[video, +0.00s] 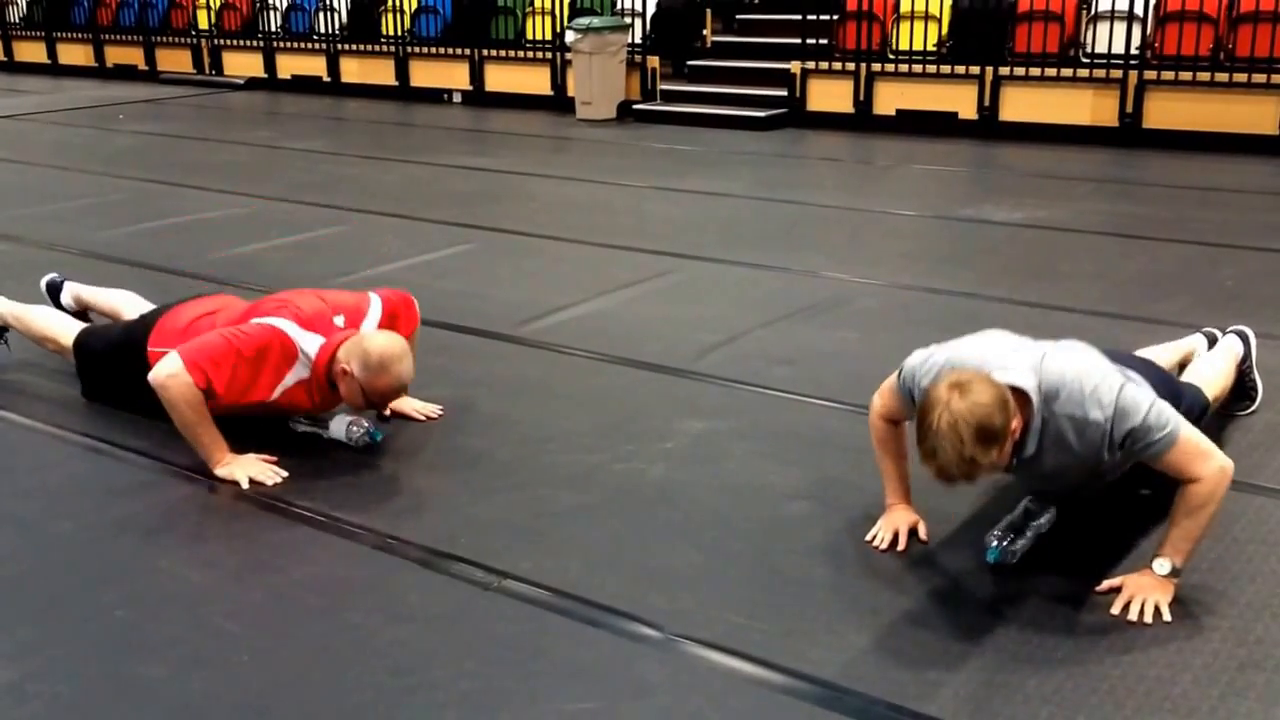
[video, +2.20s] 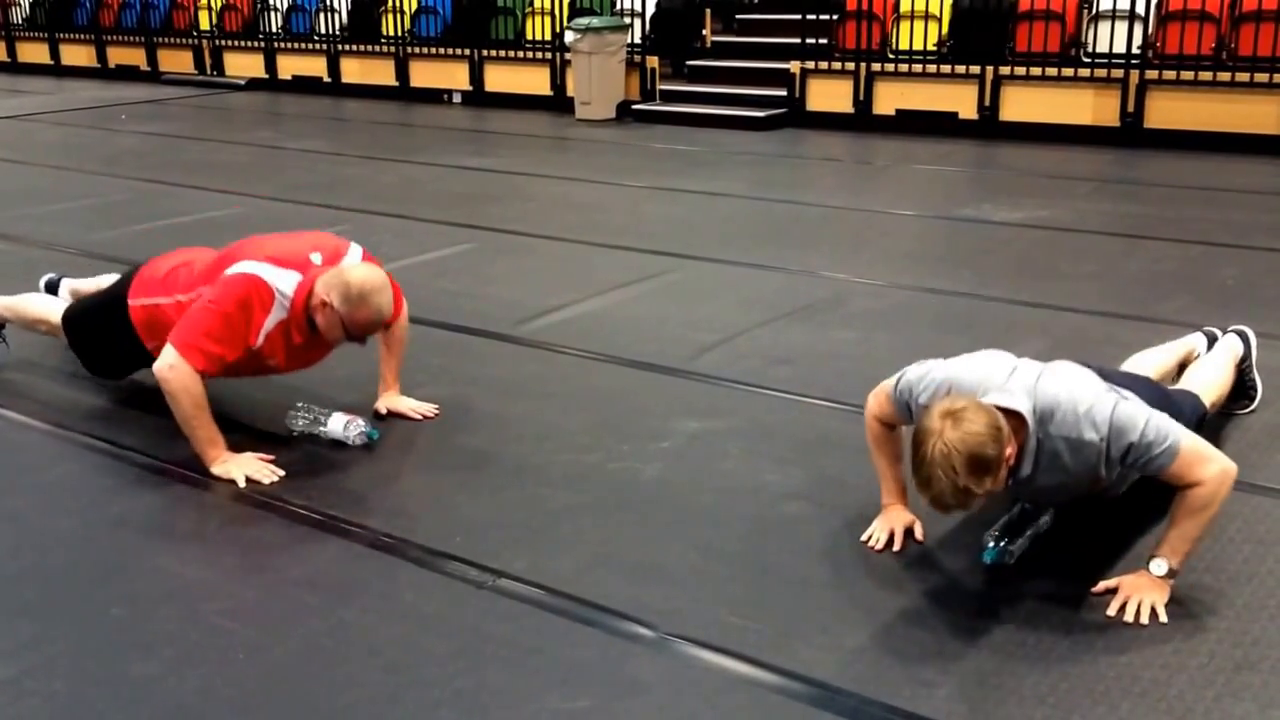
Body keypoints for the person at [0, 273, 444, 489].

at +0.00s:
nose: (364, 409)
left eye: (378, 405)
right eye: (360, 402)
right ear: (342, 369)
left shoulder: (392, 315)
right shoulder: (270, 347)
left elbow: (405, 312)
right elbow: (170, 379)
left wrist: (390, 393)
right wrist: (223, 459)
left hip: (221, 312)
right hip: (158, 342)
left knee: (141, 315)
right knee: (72, 341)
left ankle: (67, 291)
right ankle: (5, 307)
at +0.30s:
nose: (361, 343)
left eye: (372, 336)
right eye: (356, 332)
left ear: (389, 313)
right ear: (332, 304)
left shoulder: (370, 276)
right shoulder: (261, 300)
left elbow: (403, 318)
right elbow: (180, 371)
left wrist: (396, 390)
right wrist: (223, 458)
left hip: (203, 277)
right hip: (149, 307)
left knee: (128, 288)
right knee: (69, 319)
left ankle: (64, 286)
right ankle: (6, 309)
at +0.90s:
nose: (368, 410)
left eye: (381, 404)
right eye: (363, 403)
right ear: (343, 372)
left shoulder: (389, 313)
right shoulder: (271, 345)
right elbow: (168, 376)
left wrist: (388, 394)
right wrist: (223, 457)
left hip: (223, 308)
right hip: (160, 337)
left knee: (142, 310)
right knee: (74, 339)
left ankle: (68, 289)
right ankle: (5, 306)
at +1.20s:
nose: (350, 358)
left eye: (364, 356)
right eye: (349, 349)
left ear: (390, 322)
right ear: (332, 317)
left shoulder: (374, 291)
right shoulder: (259, 312)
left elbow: (400, 317)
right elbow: (172, 374)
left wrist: (393, 388)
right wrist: (222, 457)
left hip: (200, 285)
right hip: (147, 322)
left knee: (133, 293)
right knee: (73, 326)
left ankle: (65, 286)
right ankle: (6, 307)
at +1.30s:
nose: (354, 325)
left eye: (366, 318)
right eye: (350, 315)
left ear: (386, 285)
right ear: (324, 287)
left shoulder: (362, 257)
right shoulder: (253, 281)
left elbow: (396, 314)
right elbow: (183, 366)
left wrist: (393, 389)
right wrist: (222, 456)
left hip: (196, 268)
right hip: (144, 299)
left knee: (118, 287)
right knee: (69, 316)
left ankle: (66, 288)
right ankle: (8, 305)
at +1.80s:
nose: (355, 388)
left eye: (365, 384)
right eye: (351, 381)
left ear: (392, 336)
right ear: (331, 354)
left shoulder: (375, 302)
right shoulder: (256, 330)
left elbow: (395, 311)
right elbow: (164, 377)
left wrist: (389, 386)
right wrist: (220, 458)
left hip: (198, 301)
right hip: (144, 335)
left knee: (140, 304)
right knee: (67, 333)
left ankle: (68, 288)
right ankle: (4, 307)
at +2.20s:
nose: (345, 342)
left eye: (357, 337)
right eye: (343, 333)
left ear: (379, 310)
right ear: (322, 301)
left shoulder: (362, 273)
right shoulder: (250, 295)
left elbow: (397, 316)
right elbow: (172, 370)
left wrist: (390, 391)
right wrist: (220, 457)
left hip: (192, 276)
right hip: (141, 308)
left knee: (123, 287)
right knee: (66, 319)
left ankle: (64, 285)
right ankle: (4, 308)